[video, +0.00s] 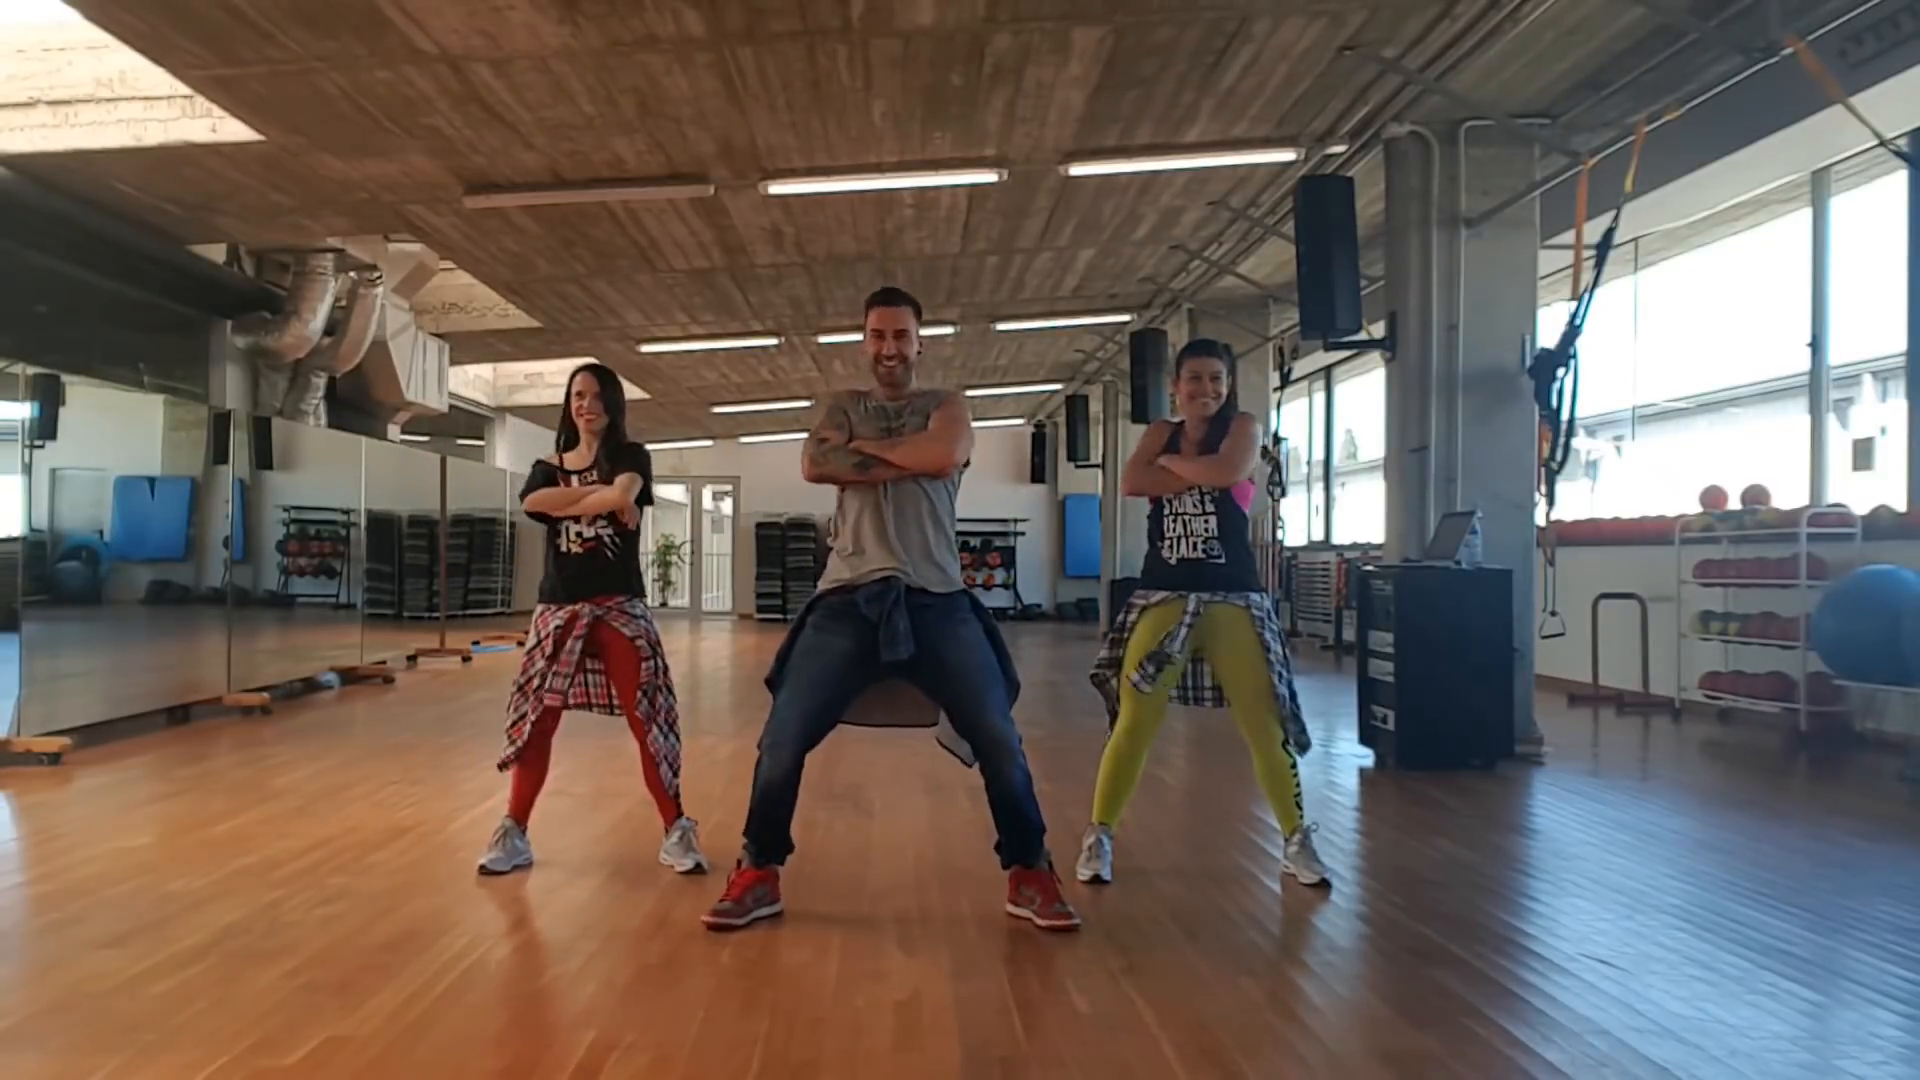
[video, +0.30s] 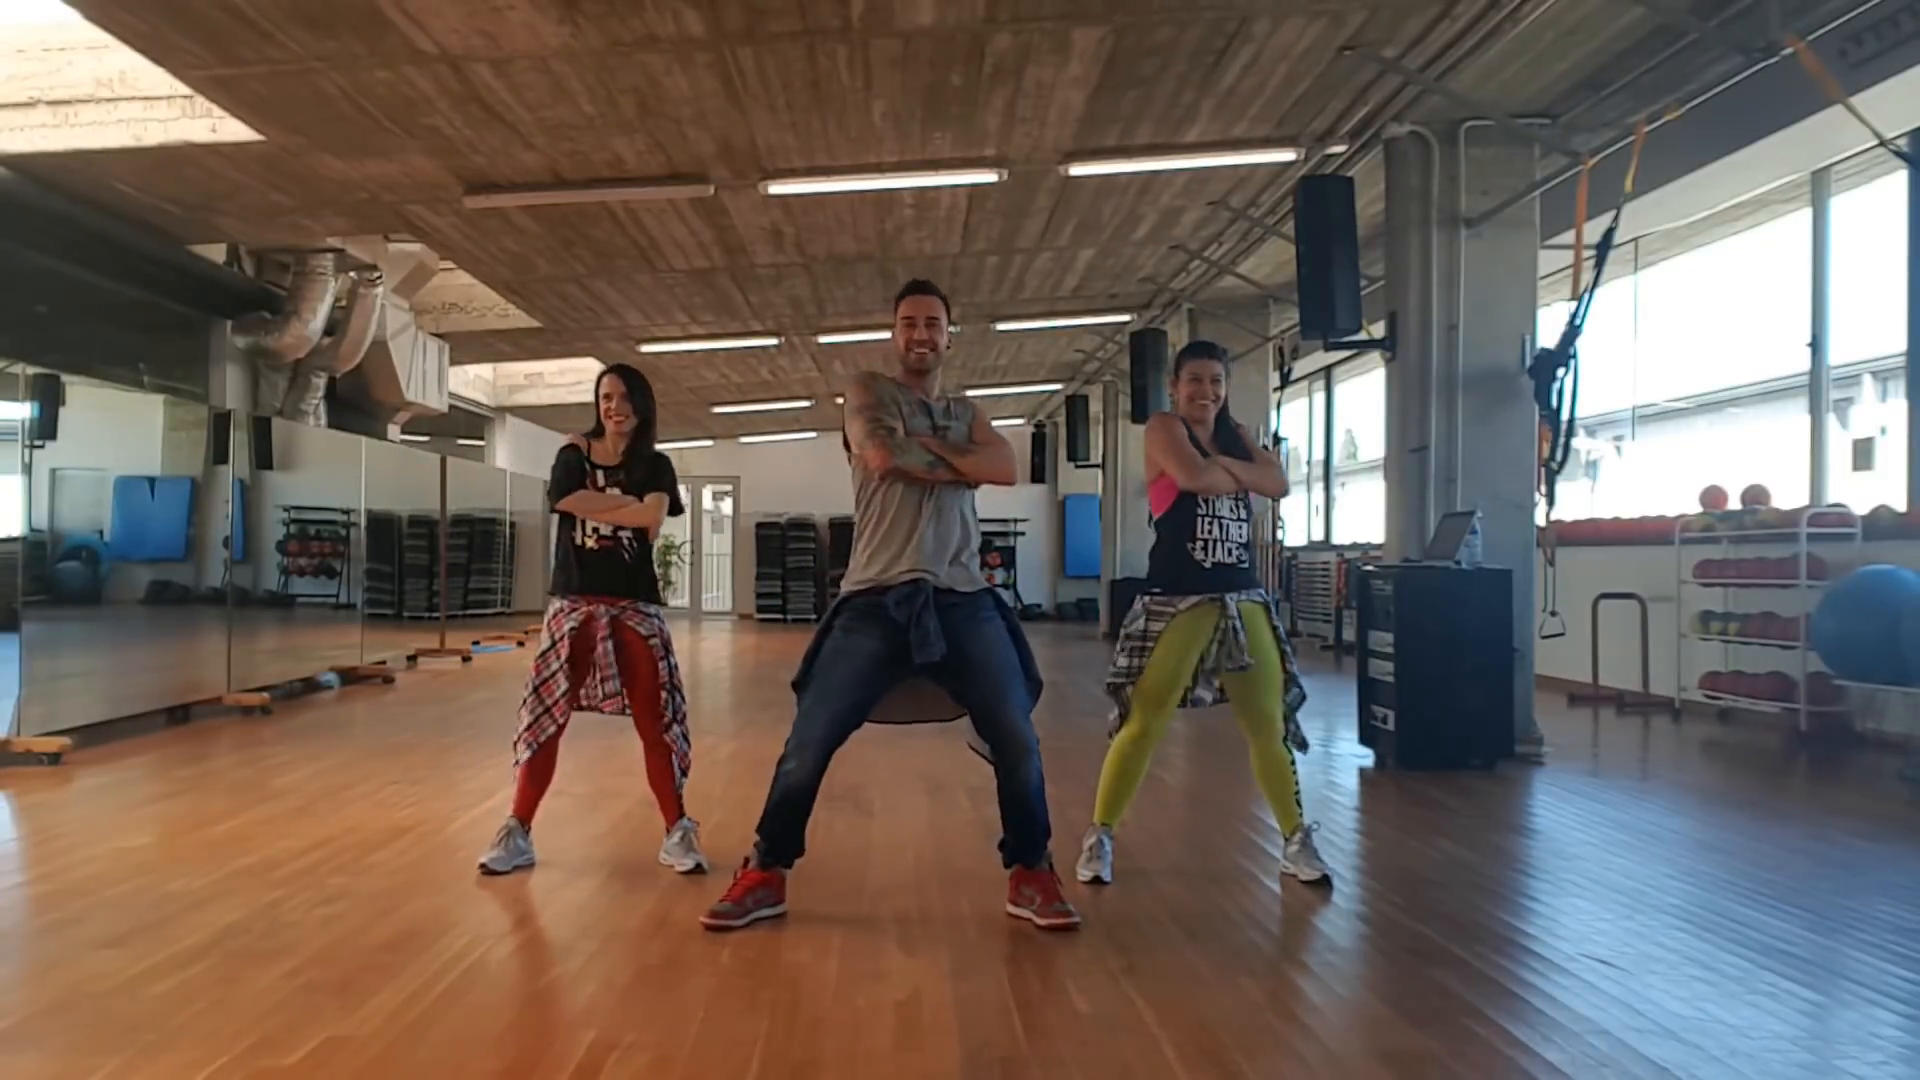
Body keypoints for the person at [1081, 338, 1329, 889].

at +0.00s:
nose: (1204, 388)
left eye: (1214, 379)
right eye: (1193, 378)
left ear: (1228, 386)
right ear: (1175, 385)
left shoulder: (1242, 426)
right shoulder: (1161, 432)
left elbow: (1227, 473)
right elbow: (1132, 481)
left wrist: (1164, 459)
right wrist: (1201, 469)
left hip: (1230, 595)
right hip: (1161, 594)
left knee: (1261, 722)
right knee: (1135, 721)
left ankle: (1297, 841)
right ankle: (1098, 838)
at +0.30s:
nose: (1205, 390)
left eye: (1214, 381)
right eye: (1194, 380)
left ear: (1226, 388)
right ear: (1175, 386)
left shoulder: (1240, 438)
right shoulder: (1162, 428)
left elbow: (1277, 484)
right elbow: (1196, 478)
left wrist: (1219, 457)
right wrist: (1248, 474)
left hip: (1243, 598)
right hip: (1179, 599)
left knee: (1268, 724)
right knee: (1144, 724)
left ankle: (1296, 841)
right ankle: (1099, 838)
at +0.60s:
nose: (1199, 390)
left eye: (1210, 381)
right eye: (1189, 380)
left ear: (1223, 387)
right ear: (1172, 385)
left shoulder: (1239, 427)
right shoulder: (1156, 431)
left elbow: (1235, 469)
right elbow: (1135, 478)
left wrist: (1165, 457)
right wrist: (1208, 469)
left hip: (1236, 596)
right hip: (1163, 596)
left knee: (1269, 723)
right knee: (1140, 719)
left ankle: (1298, 840)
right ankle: (1098, 837)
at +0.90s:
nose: (1201, 391)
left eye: (1211, 382)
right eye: (1191, 381)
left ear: (1225, 387)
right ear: (1173, 387)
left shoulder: (1238, 426)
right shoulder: (1158, 435)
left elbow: (1221, 471)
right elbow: (1128, 484)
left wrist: (1160, 460)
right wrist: (1196, 469)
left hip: (1229, 594)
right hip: (1160, 594)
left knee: (1261, 718)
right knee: (1135, 720)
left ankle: (1296, 840)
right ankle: (1098, 837)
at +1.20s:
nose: (1202, 391)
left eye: (1212, 382)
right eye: (1192, 381)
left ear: (1223, 387)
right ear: (1173, 386)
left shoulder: (1238, 435)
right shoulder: (1160, 429)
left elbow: (1277, 482)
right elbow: (1197, 478)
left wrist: (1219, 460)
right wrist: (1249, 474)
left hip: (1240, 598)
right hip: (1177, 597)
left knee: (1266, 723)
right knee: (1142, 721)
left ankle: (1296, 841)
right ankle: (1099, 837)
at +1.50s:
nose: (1201, 392)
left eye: (1211, 383)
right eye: (1191, 382)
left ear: (1224, 388)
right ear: (1173, 387)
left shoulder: (1242, 431)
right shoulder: (1156, 432)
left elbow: (1256, 473)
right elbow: (1149, 477)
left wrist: (1188, 460)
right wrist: (1224, 470)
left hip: (1237, 598)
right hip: (1165, 598)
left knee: (1266, 721)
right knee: (1141, 718)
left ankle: (1297, 841)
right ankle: (1099, 837)